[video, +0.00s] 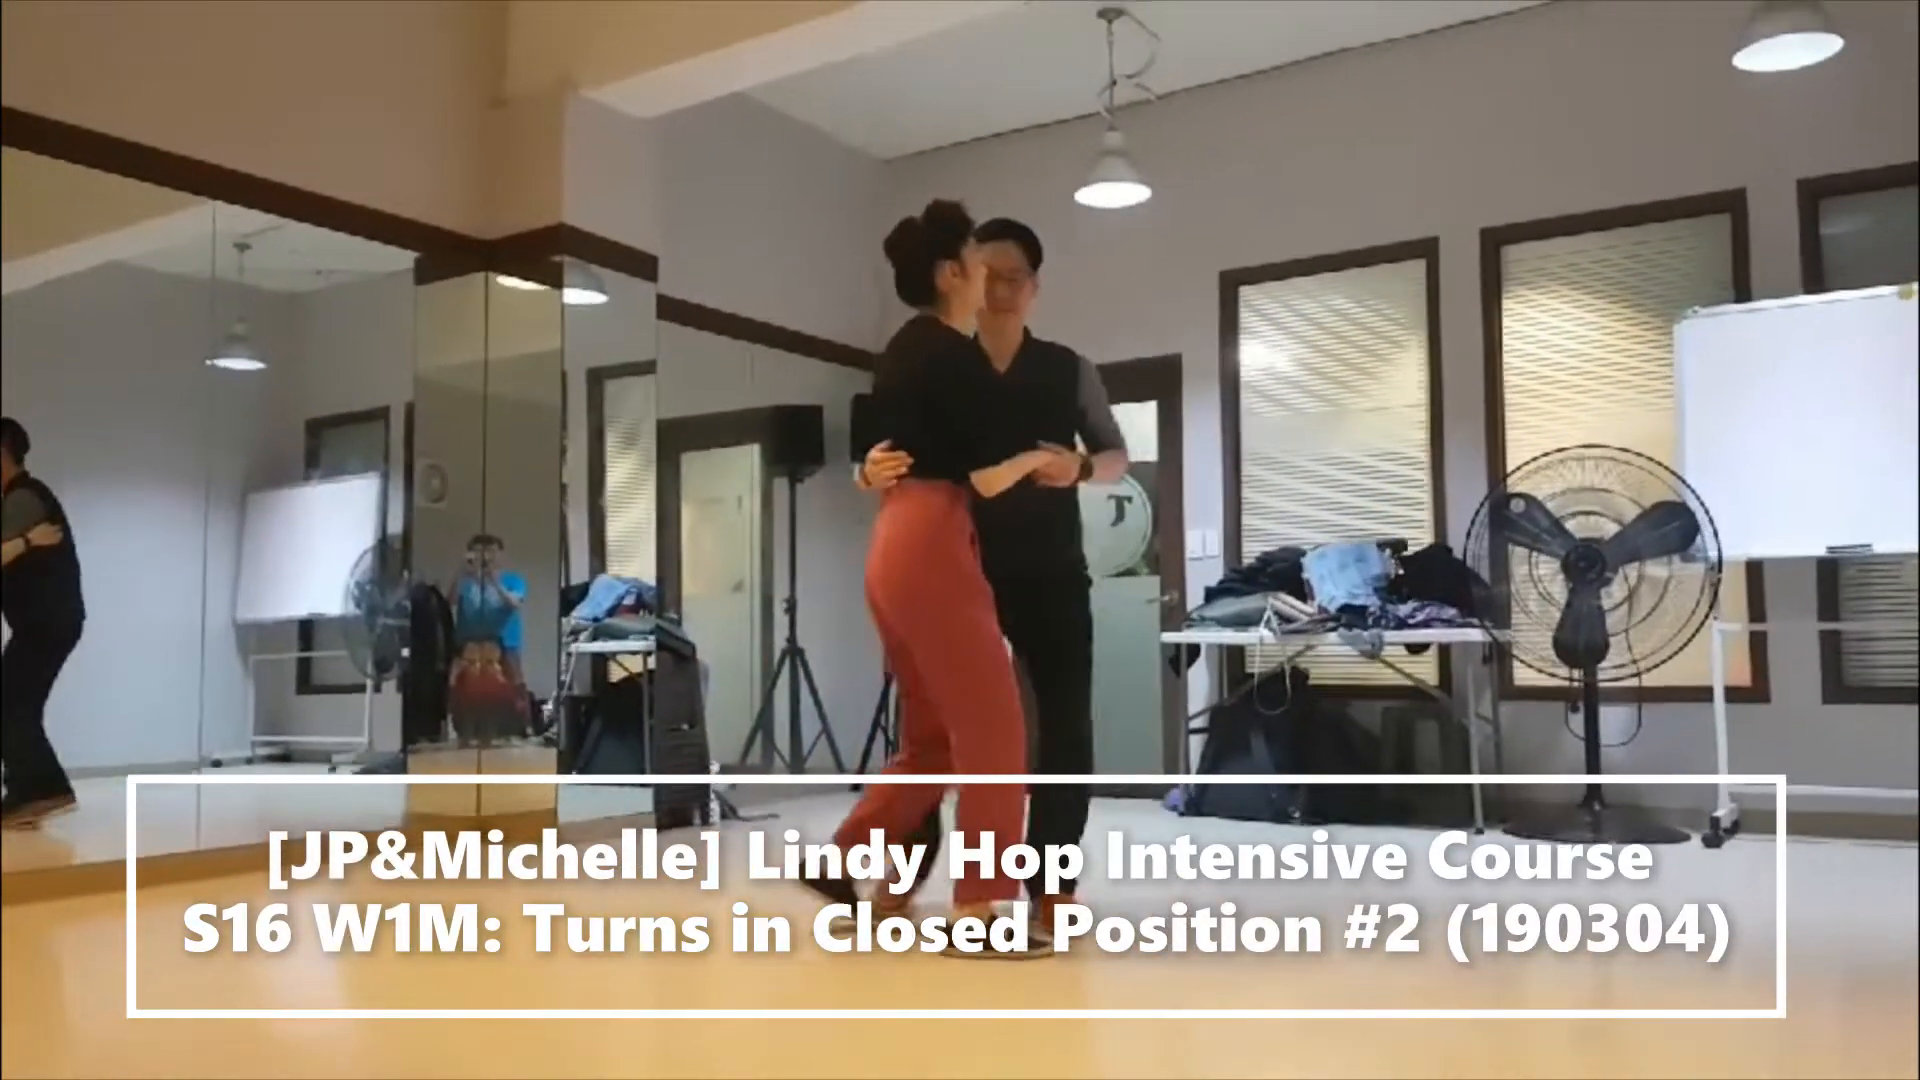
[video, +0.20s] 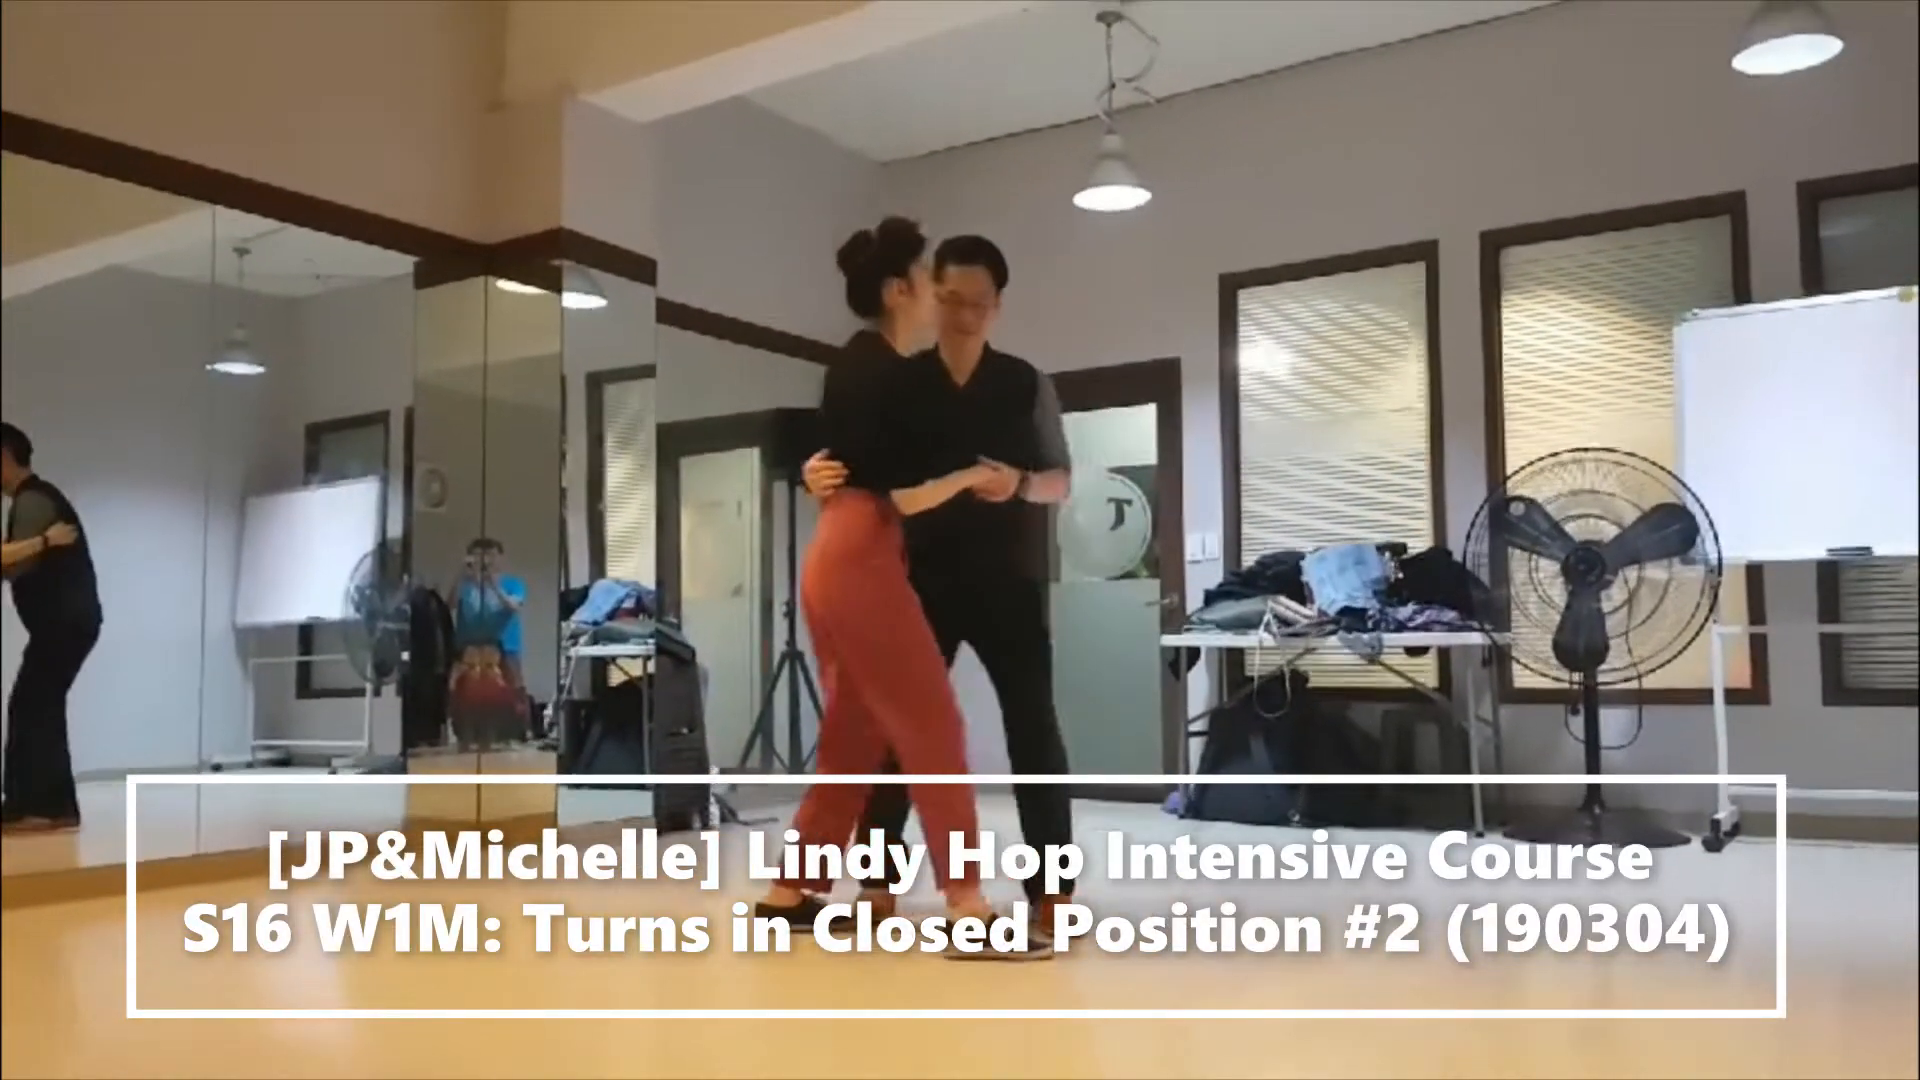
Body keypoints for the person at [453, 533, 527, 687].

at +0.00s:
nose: (485, 557)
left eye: (490, 551)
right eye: (479, 551)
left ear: (499, 554)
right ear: (471, 554)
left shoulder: (512, 580)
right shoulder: (466, 581)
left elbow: (514, 603)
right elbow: (451, 601)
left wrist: (494, 580)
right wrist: (461, 571)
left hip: (504, 647)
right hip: (470, 646)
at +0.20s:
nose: (484, 560)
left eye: (489, 554)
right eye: (479, 555)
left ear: (499, 558)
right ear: (471, 558)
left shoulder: (512, 584)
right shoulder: (465, 585)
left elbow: (514, 606)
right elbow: (451, 604)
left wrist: (493, 584)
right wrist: (461, 574)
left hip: (504, 651)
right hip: (470, 651)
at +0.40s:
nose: (485, 564)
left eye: (490, 558)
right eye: (479, 558)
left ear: (499, 561)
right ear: (471, 562)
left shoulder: (513, 588)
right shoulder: (466, 588)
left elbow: (513, 610)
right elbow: (451, 608)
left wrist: (494, 587)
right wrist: (462, 577)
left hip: (505, 655)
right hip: (471, 655)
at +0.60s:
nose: (486, 568)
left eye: (491, 562)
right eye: (480, 562)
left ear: (500, 565)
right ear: (472, 566)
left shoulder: (514, 591)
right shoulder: (467, 592)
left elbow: (515, 613)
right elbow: (452, 610)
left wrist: (495, 591)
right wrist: (463, 580)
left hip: (505, 658)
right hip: (472, 658)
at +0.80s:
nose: (487, 569)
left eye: (492, 563)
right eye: (481, 563)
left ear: (500, 567)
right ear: (473, 567)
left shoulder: (514, 592)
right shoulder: (467, 593)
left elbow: (516, 616)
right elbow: (453, 613)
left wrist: (496, 594)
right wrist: (464, 584)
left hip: (506, 660)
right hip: (472, 660)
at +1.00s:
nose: (486, 569)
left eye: (491, 563)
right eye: (480, 564)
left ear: (500, 567)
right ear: (472, 567)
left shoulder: (514, 593)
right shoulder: (466, 594)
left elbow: (516, 616)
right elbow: (452, 612)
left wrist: (496, 594)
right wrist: (463, 584)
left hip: (505, 660)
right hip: (472, 660)